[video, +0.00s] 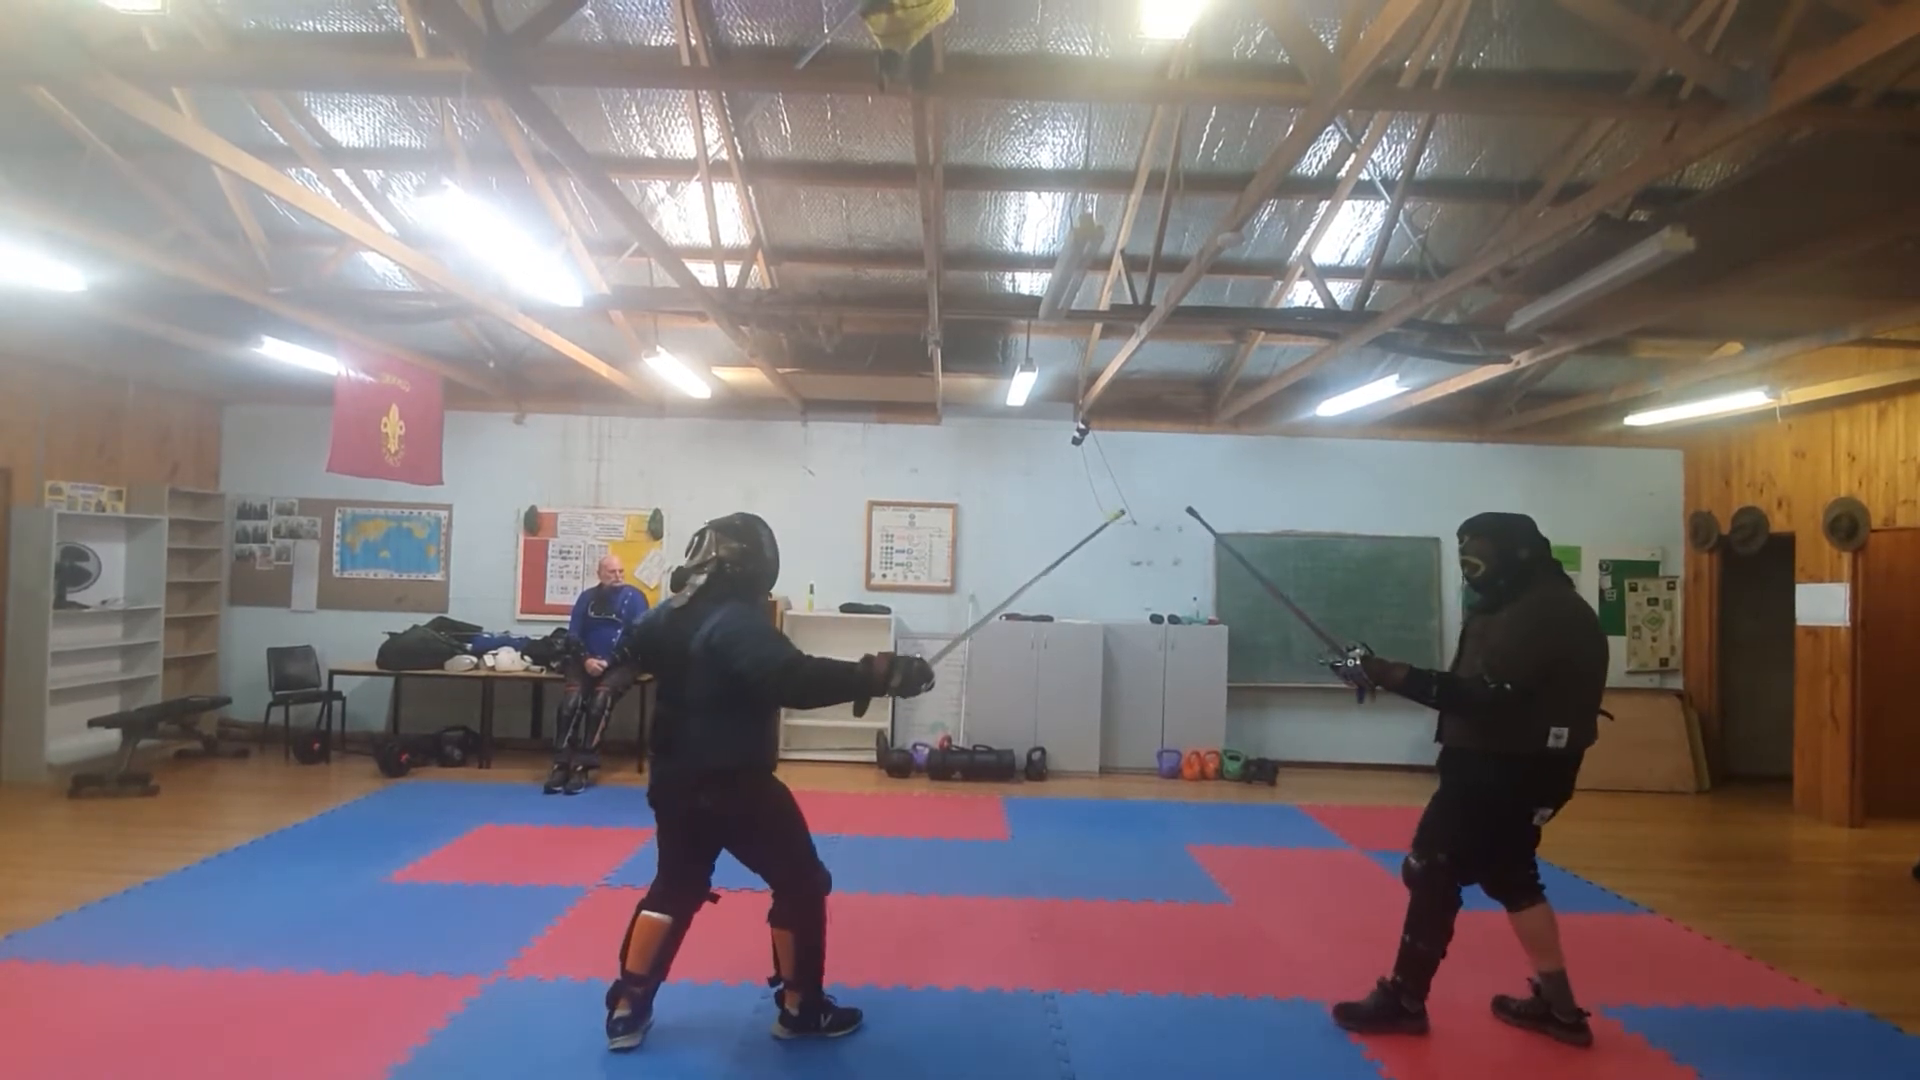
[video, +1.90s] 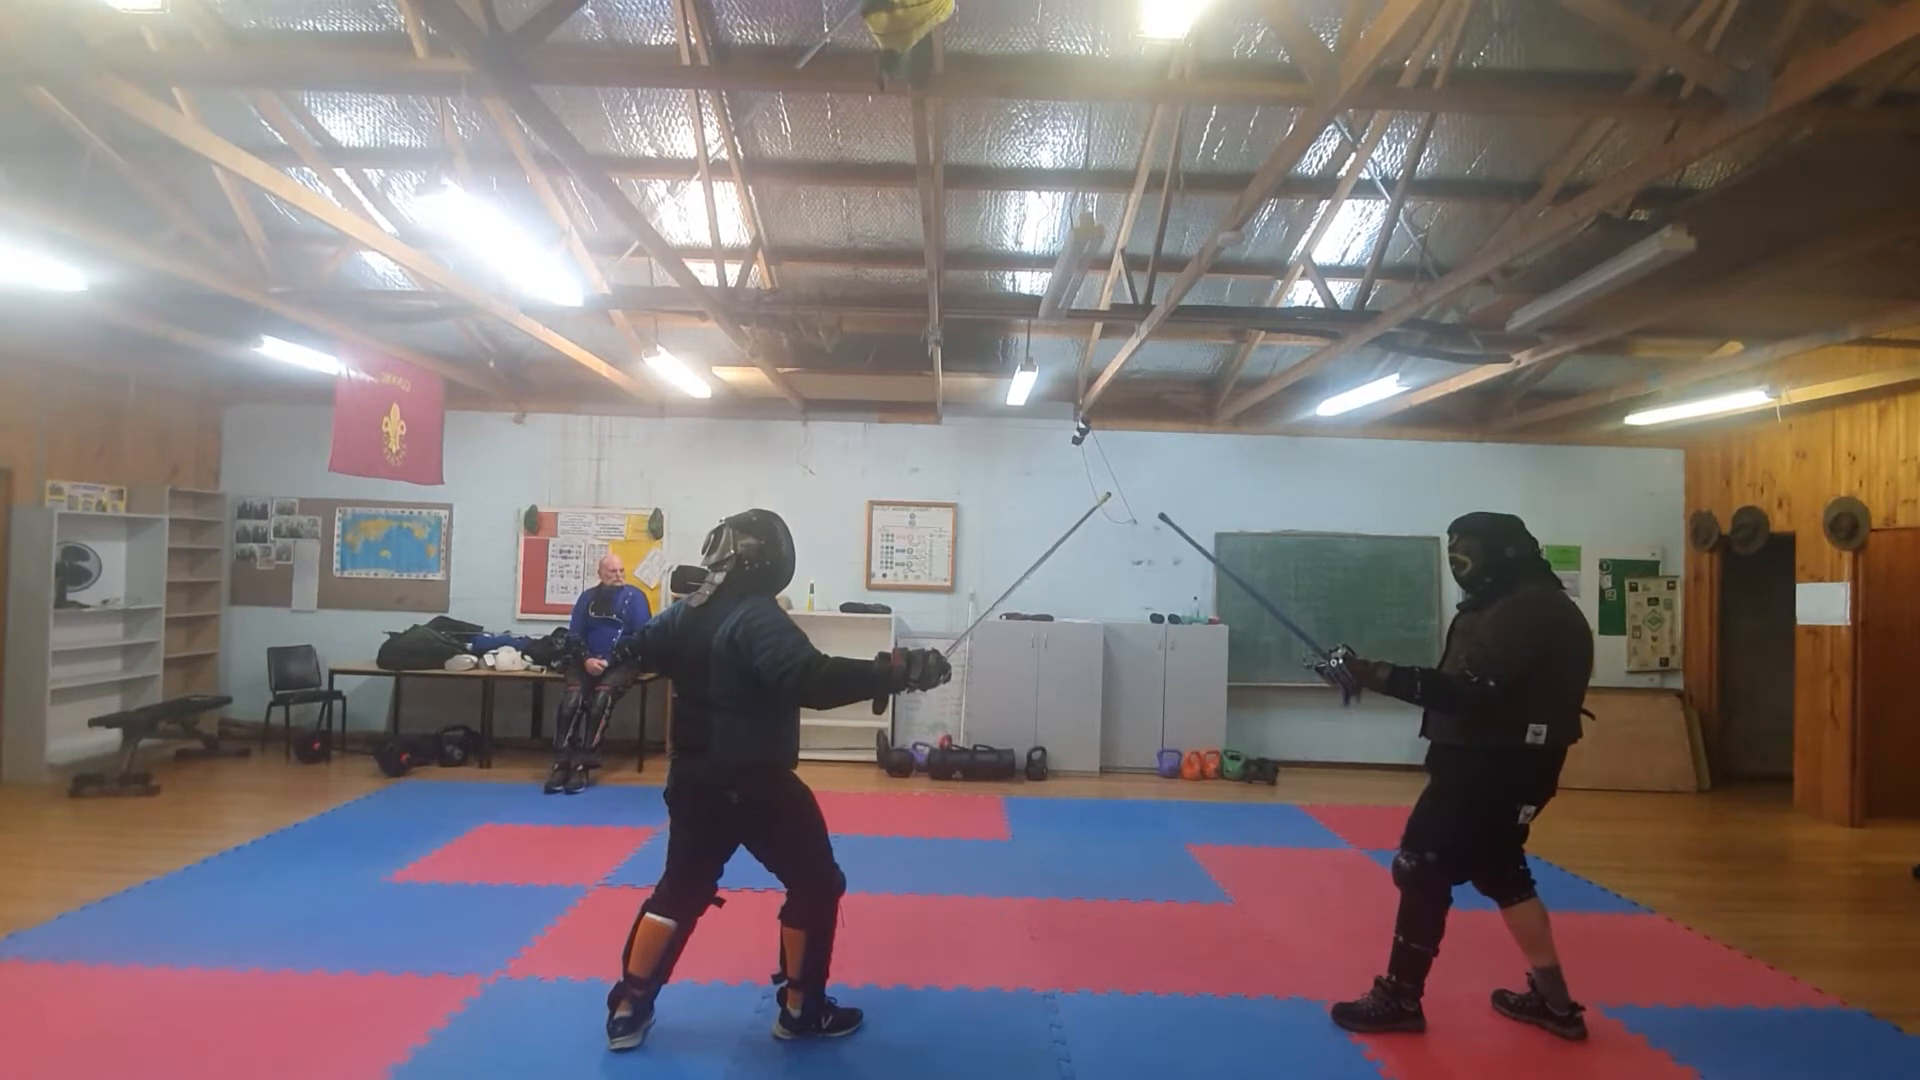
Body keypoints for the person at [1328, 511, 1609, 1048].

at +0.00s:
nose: (1468, 572)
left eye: (1478, 561)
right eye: (1465, 561)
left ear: (1515, 558)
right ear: (1523, 560)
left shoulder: (1529, 615)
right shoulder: (1568, 611)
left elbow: (1484, 697)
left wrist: (1397, 676)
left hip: (1492, 771)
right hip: (1526, 772)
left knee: (1432, 869)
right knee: (1513, 876)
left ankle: (1404, 998)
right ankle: (1558, 1002)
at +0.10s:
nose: (1468, 569)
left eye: (1477, 558)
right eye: (1464, 559)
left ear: (1516, 555)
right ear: (1520, 558)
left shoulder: (1531, 613)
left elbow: (1489, 698)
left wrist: (1396, 677)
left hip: (1494, 771)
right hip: (1524, 771)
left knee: (1428, 863)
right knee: (1515, 877)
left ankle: (1400, 995)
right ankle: (1559, 1003)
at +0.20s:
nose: (1463, 569)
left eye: (1472, 557)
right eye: (1459, 558)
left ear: (1510, 553)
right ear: (1513, 557)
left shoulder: (1531, 612)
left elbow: (1484, 698)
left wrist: (1391, 675)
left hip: (1492, 767)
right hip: (1528, 768)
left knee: (1414, 851)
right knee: (1516, 873)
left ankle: (1388, 984)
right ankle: (1559, 1004)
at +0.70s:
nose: (1403, 570)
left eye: (1411, 559)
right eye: (1401, 559)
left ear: (1446, 557)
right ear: (1459, 557)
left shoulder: (1457, 618)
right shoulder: (1501, 611)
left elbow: (1414, 700)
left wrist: (1319, 671)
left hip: (1422, 765)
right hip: (1465, 767)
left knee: (1357, 865)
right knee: (1454, 868)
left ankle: (1342, 997)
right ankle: (1543, 985)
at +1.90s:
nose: (1458, 571)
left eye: (1466, 559)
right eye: (1454, 561)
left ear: (1503, 555)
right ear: (1514, 557)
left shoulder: (1513, 615)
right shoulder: (1559, 612)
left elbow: (1475, 696)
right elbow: (1557, 716)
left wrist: (1383, 676)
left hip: (1477, 771)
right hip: (1517, 773)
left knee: (1423, 868)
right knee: (1502, 871)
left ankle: (1399, 995)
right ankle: (1554, 998)